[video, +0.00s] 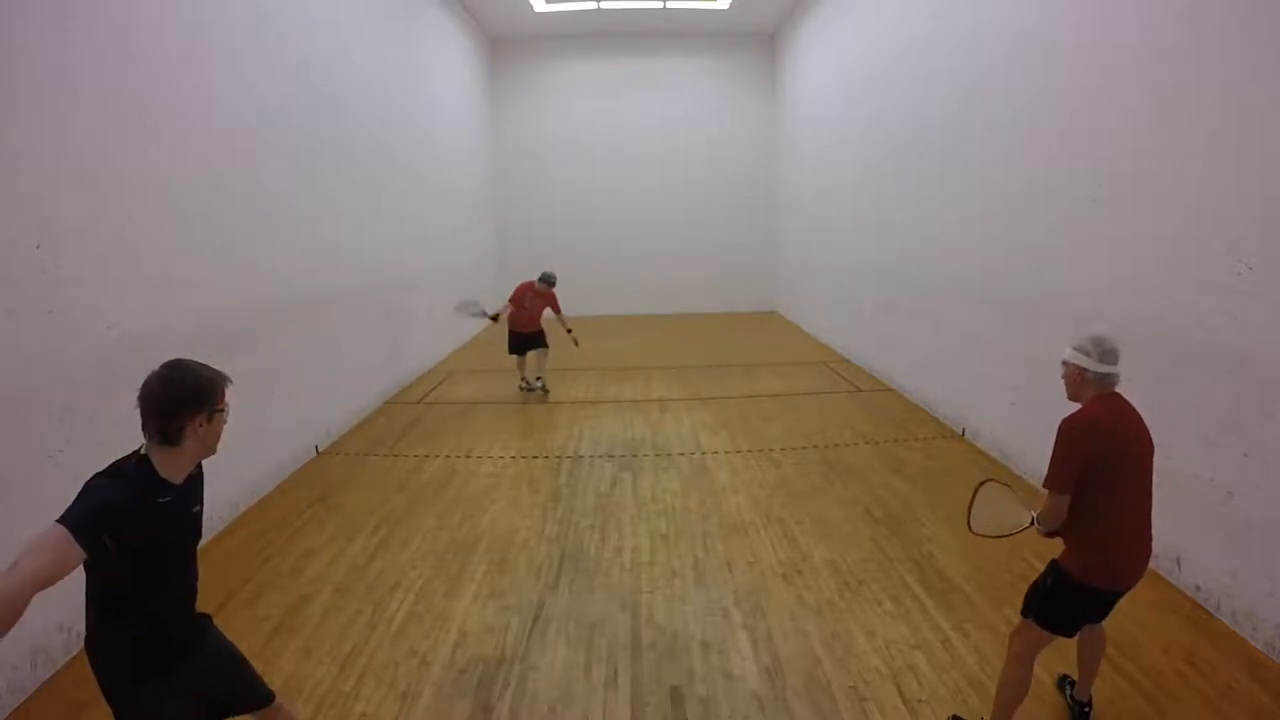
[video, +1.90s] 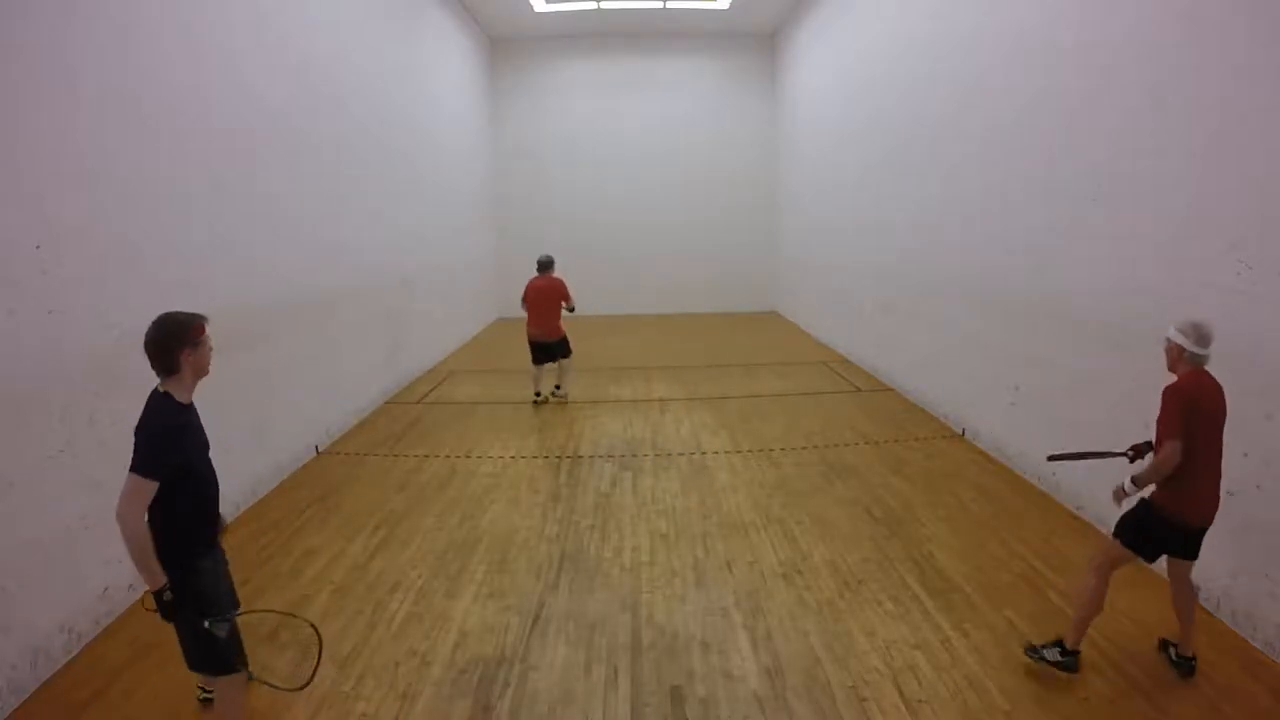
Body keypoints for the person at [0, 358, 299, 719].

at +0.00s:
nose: (226, 420)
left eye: (224, 411)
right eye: (222, 412)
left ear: (191, 427)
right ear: (198, 426)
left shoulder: (188, 469)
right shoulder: (111, 496)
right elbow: (20, 581)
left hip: (186, 629)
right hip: (131, 659)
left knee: (269, 707)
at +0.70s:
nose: (257, 404)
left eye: (254, 394)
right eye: (252, 396)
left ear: (226, 412)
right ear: (231, 412)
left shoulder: (227, 457)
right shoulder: (155, 482)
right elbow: (70, 561)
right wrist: (12, 671)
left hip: (216, 617)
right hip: (162, 637)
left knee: (303, 695)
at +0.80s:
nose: (272, 392)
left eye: (271, 384)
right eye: (268, 385)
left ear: (240, 398)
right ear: (246, 397)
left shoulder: (241, 446)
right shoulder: (176, 470)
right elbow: (94, 555)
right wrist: (57, 669)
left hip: (234, 602)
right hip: (181, 623)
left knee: (312, 681)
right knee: (202, 713)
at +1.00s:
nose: (278, 355)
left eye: (277, 347)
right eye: (274, 348)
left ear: (248, 362)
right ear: (253, 361)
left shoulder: (248, 411)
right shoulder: (185, 429)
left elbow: (230, 489)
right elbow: (116, 520)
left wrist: (251, 537)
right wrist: (110, 635)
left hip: (239, 572)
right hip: (190, 592)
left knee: (293, 669)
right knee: (232, 710)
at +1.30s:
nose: (255, 359)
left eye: (252, 349)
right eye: (246, 351)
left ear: (219, 362)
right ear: (216, 360)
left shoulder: (226, 408)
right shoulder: (167, 434)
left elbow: (210, 498)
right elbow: (122, 536)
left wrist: (233, 565)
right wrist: (182, 625)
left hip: (239, 574)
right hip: (195, 597)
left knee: (288, 669)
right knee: (249, 703)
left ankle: (307, 714)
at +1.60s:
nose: (220, 359)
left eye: (218, 348)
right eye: (208, 351)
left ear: (181, 361)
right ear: (173, 360)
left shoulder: (191, 407)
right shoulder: (148, 436)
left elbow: (187, 496)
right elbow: (116, 541)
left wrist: (210, 560)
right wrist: (179, 614)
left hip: (213, 564)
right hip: (177, 591)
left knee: (258, 641)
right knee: (219, 697)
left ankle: (258, 707)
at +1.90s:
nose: (211, 351)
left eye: (208, 343)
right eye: (205, 345)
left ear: (177, 357)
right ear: (186, 357)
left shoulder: (177, 405)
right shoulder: (162, 422)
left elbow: (175, 486)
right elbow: (129, 514)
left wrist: (208, 533)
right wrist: (161, 589)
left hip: (203, 550)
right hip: (190, 565)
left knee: (213, 636)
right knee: (232, 680)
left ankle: (210, 693)